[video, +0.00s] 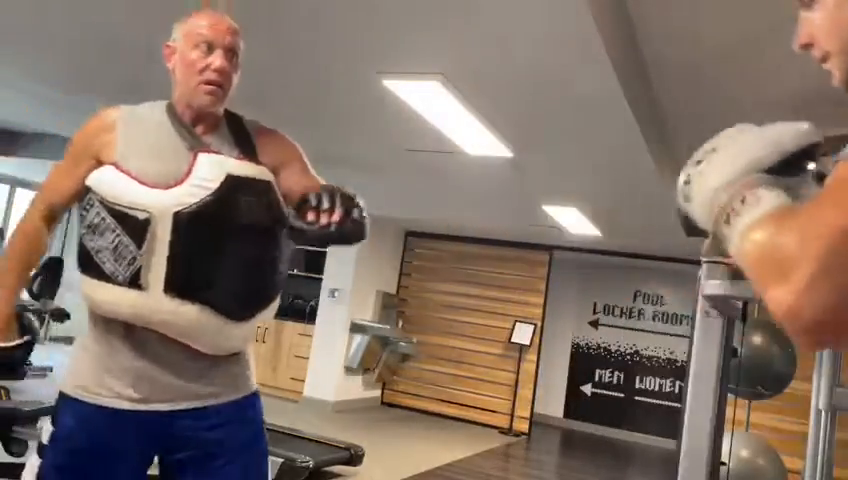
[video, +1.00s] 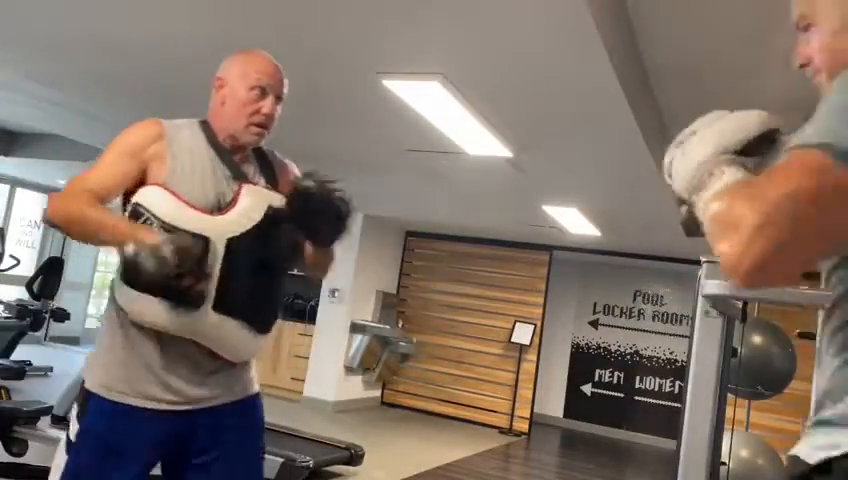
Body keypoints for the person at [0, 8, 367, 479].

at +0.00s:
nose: (218, 64)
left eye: (231, 54)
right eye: (204, 47)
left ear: (240, 69)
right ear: (171, 56)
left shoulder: (271, 149)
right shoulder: (111, 130)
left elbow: (333, 219)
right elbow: (41, 217)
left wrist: (332, 212)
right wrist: (4, 312)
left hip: (220, 399)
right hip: (105, 393)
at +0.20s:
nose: (312, 106)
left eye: (322, 96)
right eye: (300, 89)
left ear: (328, 108)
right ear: (263, 86)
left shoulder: (336, 179)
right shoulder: (194, 143)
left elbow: (398, 253)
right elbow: (111, 212)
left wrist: (348, 245)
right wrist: (71, 306)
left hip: (261, 412)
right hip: (157, 400)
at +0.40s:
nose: (362, 131)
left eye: (372, 123)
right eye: (352, 113)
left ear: (377, 131)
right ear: (318, 105)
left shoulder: (372, 196)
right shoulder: (248, 144)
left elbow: (395, 285)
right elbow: (150, 198)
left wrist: (360, 286)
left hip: (278, 400)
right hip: (184, 383)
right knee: (137, 474)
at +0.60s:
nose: (360, 127)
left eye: (369, 119)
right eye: (351, 110)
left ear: (373, 128)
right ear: (314, 105)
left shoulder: (366, 193)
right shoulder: (248, 143)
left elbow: (395, 286)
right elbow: (163, 191)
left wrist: (375, 277)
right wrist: (258, 235)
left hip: (276, 400)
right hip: (183, 384)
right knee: (132, 474)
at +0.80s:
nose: (325, 123)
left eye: (333, 114)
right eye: (314, 106)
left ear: (338, 124)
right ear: (276, 103)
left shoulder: (333, 190)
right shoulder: (208, 147)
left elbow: (356, 281)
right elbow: (117, 208)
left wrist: (389, 264)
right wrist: (172, 258)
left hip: (257, 406)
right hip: (159, 397)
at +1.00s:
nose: (270, 109)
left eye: (278, 99)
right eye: (259, 91)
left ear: (282, 108)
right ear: (220, 88)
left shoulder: (281, 174)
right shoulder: (153, 140)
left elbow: (318, 268)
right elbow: (65, 207)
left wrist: (318, 229)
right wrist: (144, 238)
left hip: (229, 402)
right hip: (129, 395)